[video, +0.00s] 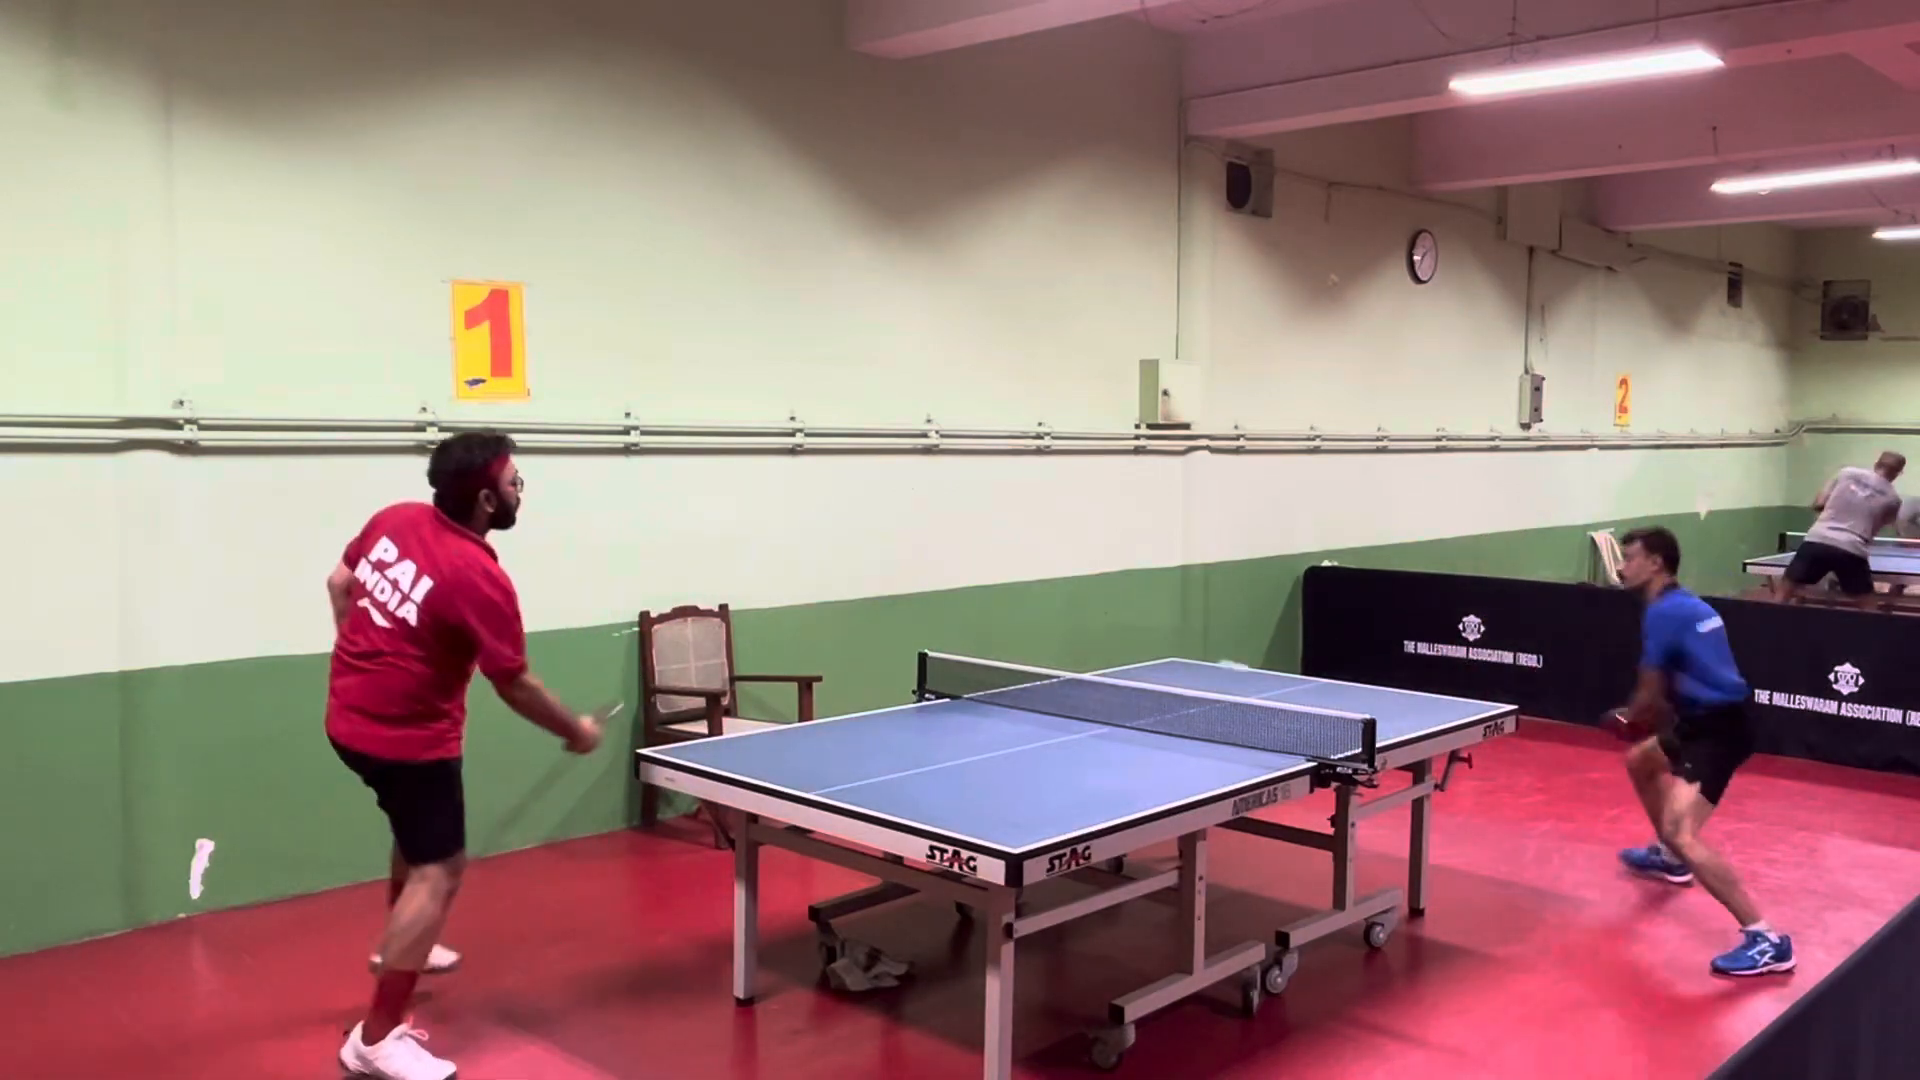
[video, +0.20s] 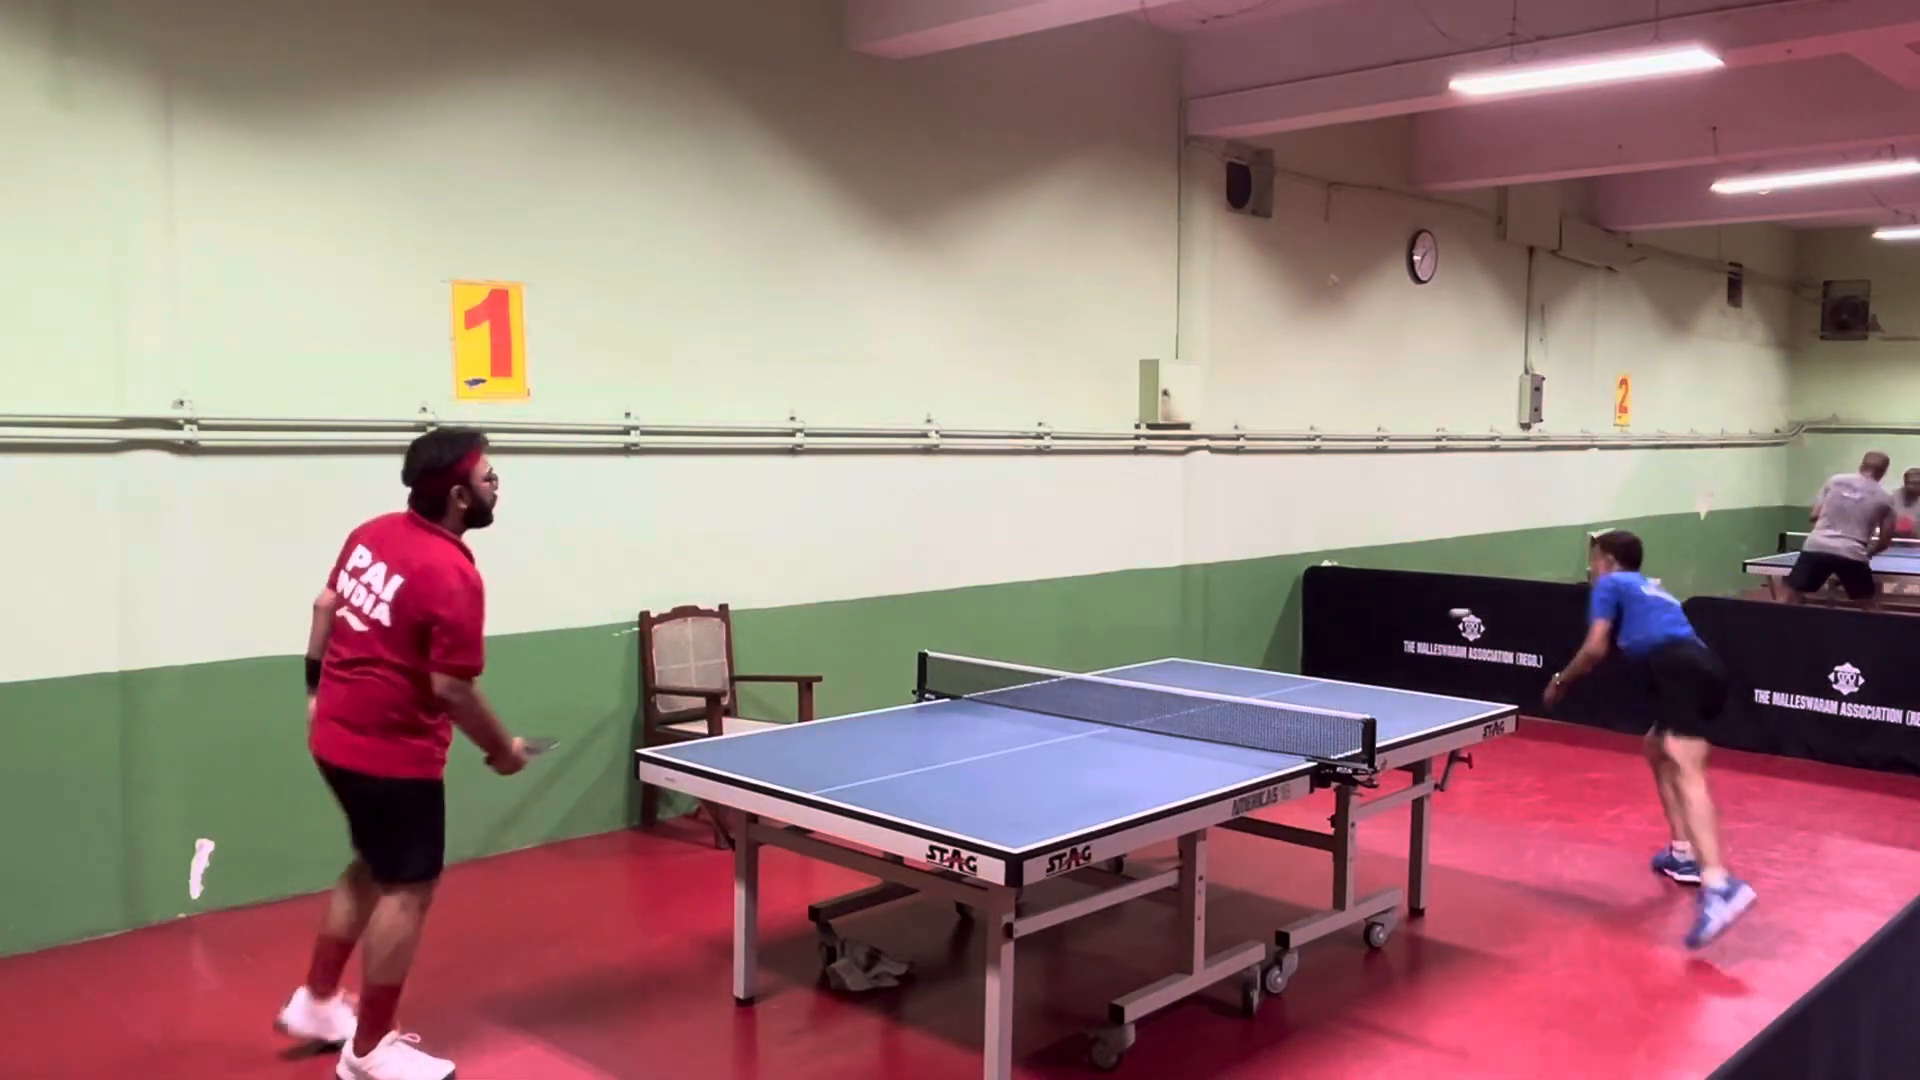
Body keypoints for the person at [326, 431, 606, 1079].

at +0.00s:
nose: (521, 490)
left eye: (517, 478)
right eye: (511, 482)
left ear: (458, 494)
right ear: (479, 498)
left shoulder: (399, 518)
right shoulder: (481, 580)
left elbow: (342, 582)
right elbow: (515, 684)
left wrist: (361, 655)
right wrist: (574, 729)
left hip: (354, 723)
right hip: (412, 743)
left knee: (413, 830)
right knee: (436, 876)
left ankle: (400, 937)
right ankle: (376, 1037)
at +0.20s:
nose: (497, 485)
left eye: (492, 474)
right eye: (486, 478)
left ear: (432, 490)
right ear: (453, 492)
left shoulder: (373, 533)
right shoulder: (452, 574)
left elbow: (325, 609)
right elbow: (452, 688)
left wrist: (318, 686)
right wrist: (501, 747)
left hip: (337, 742)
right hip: (393, 757)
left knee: (372, 866)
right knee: (408, 888)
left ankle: (315, 1003)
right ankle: (372, 1046)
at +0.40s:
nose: (475, 488)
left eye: (471, 477)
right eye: (465, 480)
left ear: (415, 494)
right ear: (431, 495)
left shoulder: (372, 537)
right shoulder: (420, 572)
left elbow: (363, 650)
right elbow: (403, 681)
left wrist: (426, 726)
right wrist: (462, 749)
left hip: (318, 745)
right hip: (370, 756)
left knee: (340, 879)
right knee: (439, 879)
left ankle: (301, 1026)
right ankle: (376, 1047)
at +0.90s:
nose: (464, 487)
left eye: (458, 475)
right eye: (451, 479)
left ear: (416, 497)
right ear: (415, 498)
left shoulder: (418, 561)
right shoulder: (386, 576)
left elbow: (422, 674)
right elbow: (417, 691)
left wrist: (482, 704)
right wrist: (501, 703)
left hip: (426, 789)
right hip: (374, 803)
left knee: (459, 888)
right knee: (400, 943)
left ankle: (361, 1014)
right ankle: (352, 1063)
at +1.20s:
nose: (504, 486)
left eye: (498, 474)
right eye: (490, 478)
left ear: (458, 499)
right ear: (451, 500)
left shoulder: (474, 568)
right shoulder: (407, 583)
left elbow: (474, 693)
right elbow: (425, 710)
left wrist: (499, 796)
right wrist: (494, 809)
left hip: (473, 813)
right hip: (397, 822)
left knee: (501, 957)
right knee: (377, 964)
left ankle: (523, 1075)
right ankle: (349, 1076)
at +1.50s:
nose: (541, 490)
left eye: (545, 478)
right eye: (520, 481)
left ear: (552, 486)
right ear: (472, 503)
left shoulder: (564, 583)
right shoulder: (420, 589)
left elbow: (600, 671)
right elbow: (340, 694)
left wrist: (665, 732)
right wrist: (293, 815)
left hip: (539, 834)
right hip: (444, 839)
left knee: (542, 988)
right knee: (451, 996)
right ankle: (415, 1076)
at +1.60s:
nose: (523, 491)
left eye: (532, 476)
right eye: (501, 481)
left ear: (547, 485)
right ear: (461, 499)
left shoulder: (584, 583)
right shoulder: (417, 589)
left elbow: (651, 659)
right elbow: (332, 693)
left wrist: (693, 656)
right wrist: (261, 797)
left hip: (545, 832)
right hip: (448, 832)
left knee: (539, 987)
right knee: (446, 1004)